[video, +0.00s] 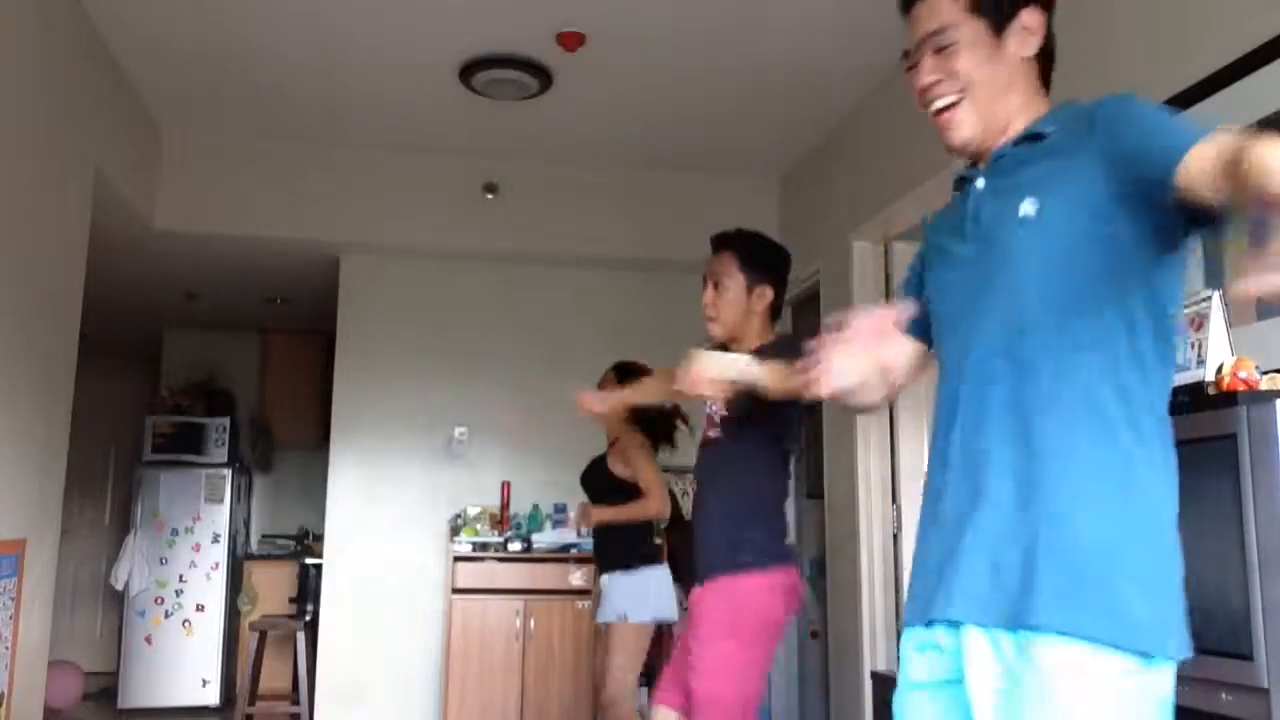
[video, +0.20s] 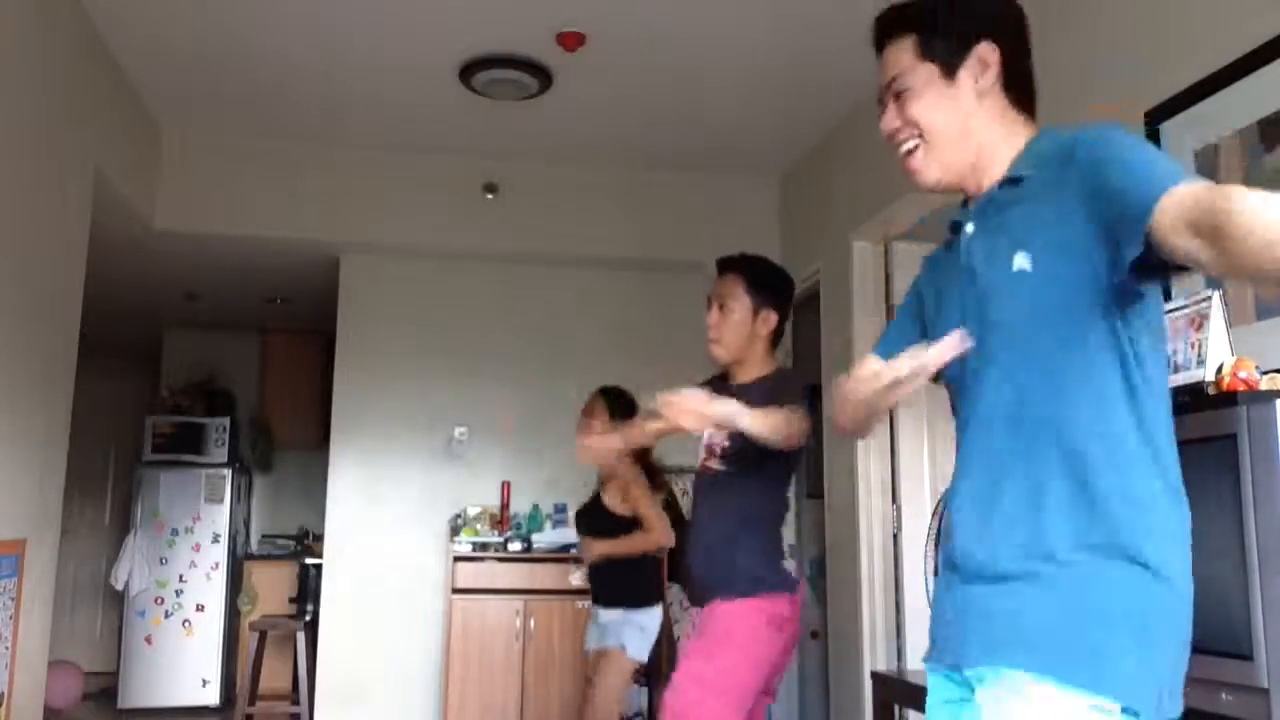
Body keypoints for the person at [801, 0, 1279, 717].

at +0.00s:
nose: (923, 77)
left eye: (943, 45)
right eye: (913, 61)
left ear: (1026, 31)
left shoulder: (1109, 132)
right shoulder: (946, 231)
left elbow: (1238, 164)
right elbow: (895, 361)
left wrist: (1266, 188)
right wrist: (864, 361)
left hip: (1093, 596)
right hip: (948, 596)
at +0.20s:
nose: (887, 123)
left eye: (902, 91)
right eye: (884, 103)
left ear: (982, 69)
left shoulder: (1088, 161)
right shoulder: (947, 260)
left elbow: (1205, 220)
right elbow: (844, 416)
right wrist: (885, 381)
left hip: (1088, 607)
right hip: (969, 606)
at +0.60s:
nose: (937, 90)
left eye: (953, 60)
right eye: (935, 73)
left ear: (1041, 34)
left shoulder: (1156, 148)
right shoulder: (958, 247)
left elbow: (1273, 176)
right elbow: (834, 386)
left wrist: (1062, 236)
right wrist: (706, 510)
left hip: (1154, 656)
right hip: (976, 650)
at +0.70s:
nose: (931, 70)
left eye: (945, 40)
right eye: (925, 54)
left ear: (1029, 19)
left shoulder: (1143, 106)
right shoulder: (951, 225)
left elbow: (1271, 117)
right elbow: (843, 363)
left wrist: (1128, 210)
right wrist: (690, 457)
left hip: (1131, 617)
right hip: (975, 619)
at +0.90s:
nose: (910, 95)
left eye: (924, 64)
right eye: (907, 77)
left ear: (1007, 40)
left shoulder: (1083, 135)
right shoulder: (956, 237)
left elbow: (1182, 175)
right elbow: (901, 414)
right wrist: (894, 364)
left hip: (1075, 617)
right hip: (963, 619)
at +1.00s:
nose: (908, 102)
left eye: (925, 71)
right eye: (906, 84)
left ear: (1007, 53)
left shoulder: (1087, 147)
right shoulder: (951, 261)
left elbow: (1197, 183)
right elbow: (885, 410)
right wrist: (840, 376)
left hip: (1074, 622)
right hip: (969, 618)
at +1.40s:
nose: (940, 96)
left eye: (949, 65)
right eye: (941, 72)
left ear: (1016, 46)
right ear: (1014, 51)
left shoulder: (1173, 152)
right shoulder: (956, 219)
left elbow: (1277, 204)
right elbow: (847, 368)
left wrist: (1077, 239)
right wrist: (732, 502)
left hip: (1158, 629)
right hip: (990, 629)